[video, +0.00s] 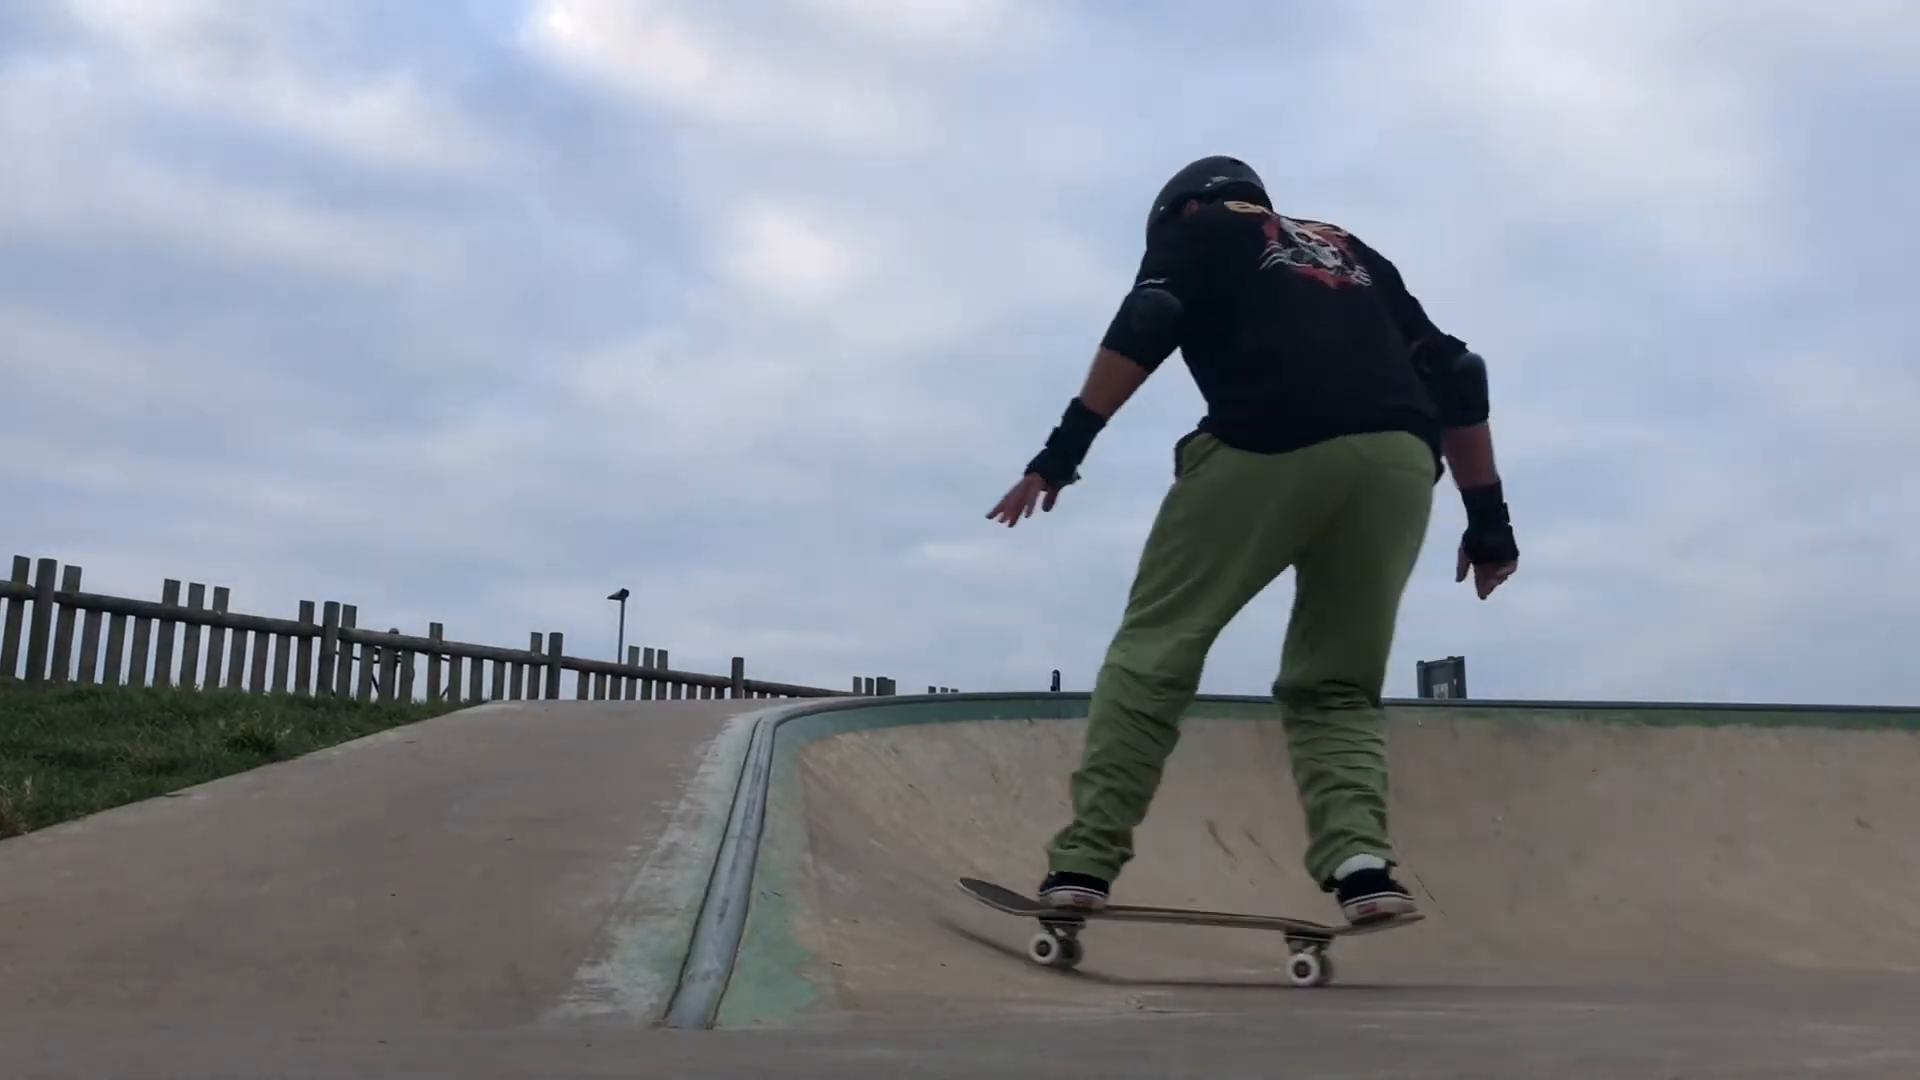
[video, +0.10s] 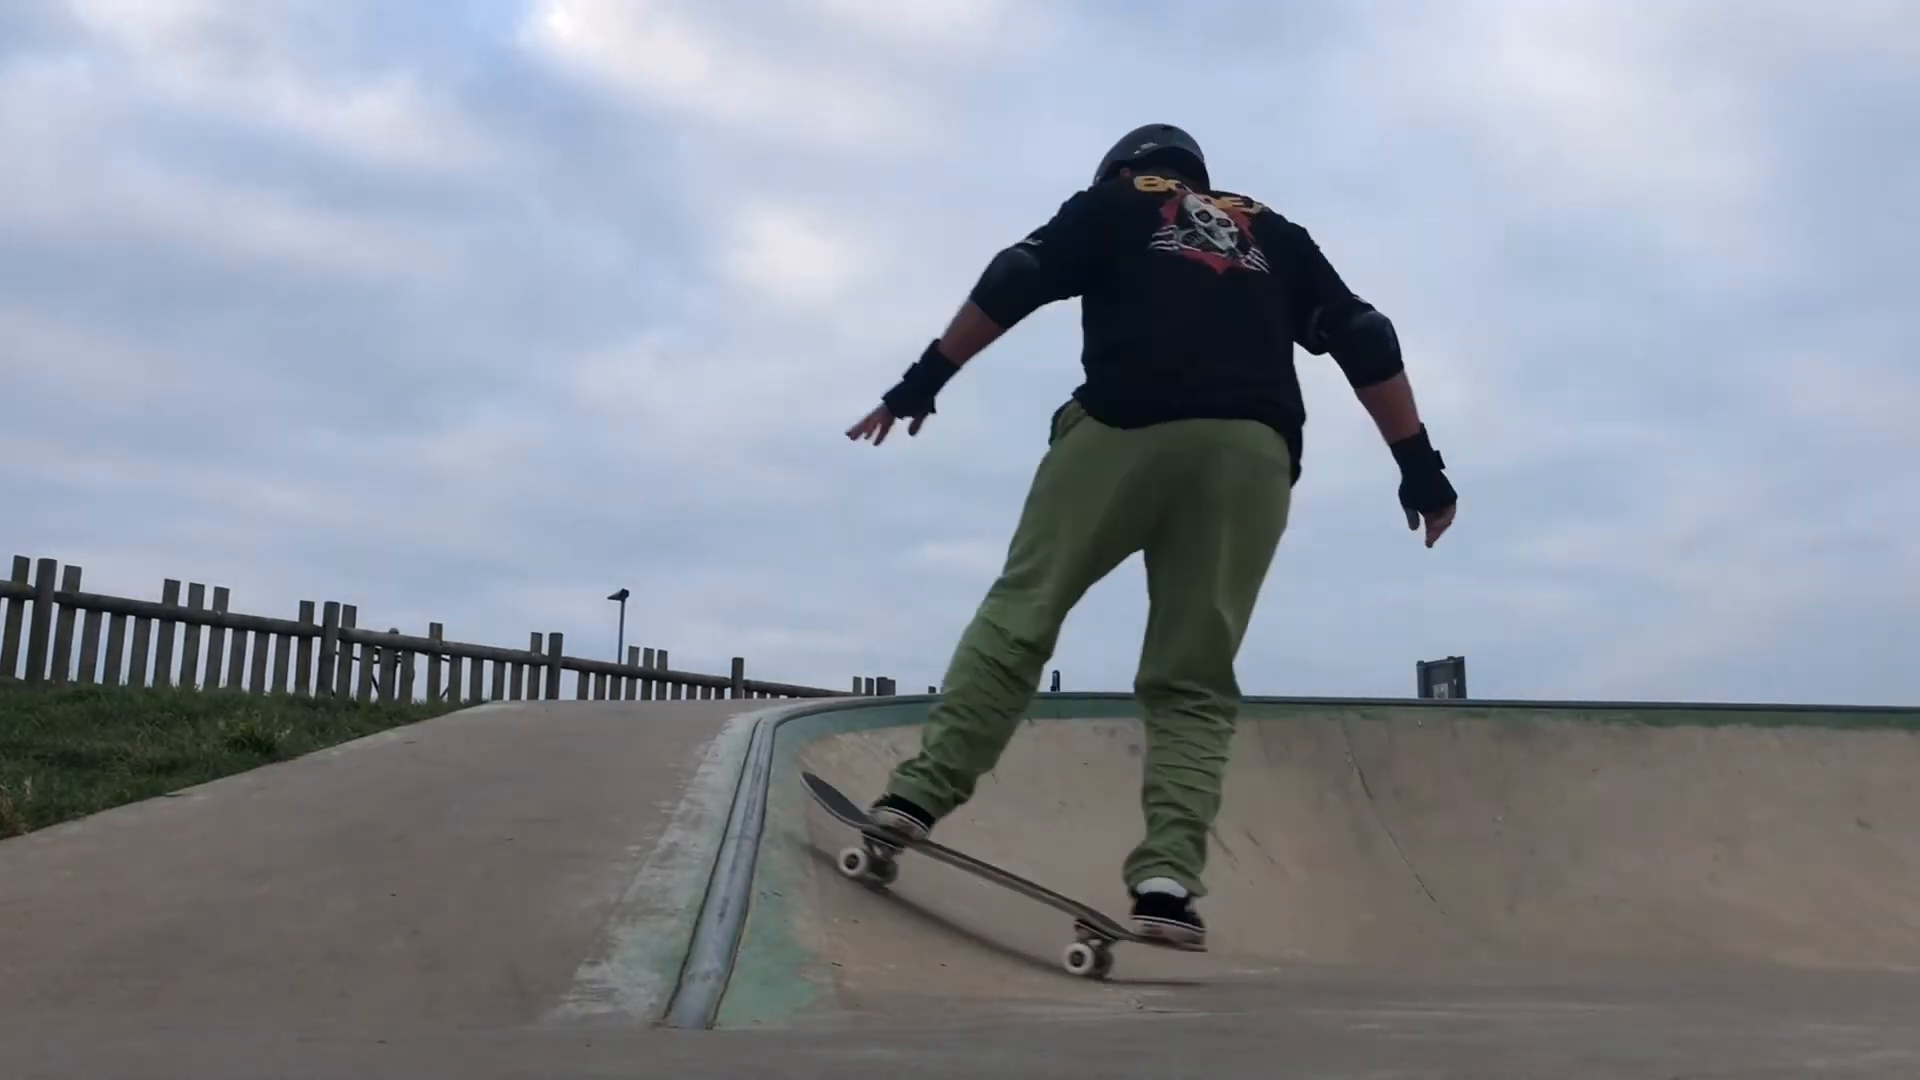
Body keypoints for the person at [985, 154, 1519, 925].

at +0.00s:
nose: (1168, 240)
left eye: (1168, 226)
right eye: (1167, 231)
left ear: (1186, 209)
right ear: (1261, 202)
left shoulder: (1191, 226)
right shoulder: (1349, 248)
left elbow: (1152, 319)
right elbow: (1455, 372)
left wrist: (1066, 445)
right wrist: (1488, 513)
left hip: (1265, 449)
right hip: (1396, 455)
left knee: (1154, 656)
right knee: (1338, 687)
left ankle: (1082, 867)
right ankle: (1360, 863)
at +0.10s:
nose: (1110, 194)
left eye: (1112, 182)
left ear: (1123, 175)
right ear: (1199, 176)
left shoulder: (1107, 206)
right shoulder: (1274, 232)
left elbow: (1015, 277)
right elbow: (1364, 336)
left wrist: (924, 378)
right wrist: (1419, 462)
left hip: (1121, 433)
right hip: (1250, 448)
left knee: (1020, 615)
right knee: (1194, 684)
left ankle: (919, 797)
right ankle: (1167, 883)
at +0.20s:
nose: (1067, 150)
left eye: (1065, 139)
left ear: (1066, 132)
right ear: (1149, 136)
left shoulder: (1037, 160)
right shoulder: (1206, 175)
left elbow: (924, 204)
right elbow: (1292, 258)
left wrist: (835, 266)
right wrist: (1339, 378)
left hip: (1022, 373)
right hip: (1142, 395)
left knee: (928, 555)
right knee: (1079, 630)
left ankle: (787, 693)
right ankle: (991, 816)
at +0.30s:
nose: (1027, 116)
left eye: (1027, 104)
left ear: (1028, 98)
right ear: (1102, 110)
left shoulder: (989, 119)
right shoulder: (1149, 148)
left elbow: (871, 135)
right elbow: (1232, 226)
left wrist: (783, 178)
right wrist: (1270, 351)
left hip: (951, 322)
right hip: (1060, 345)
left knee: (881, 513)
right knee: (986, 580)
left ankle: (738, 644)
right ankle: (877, 760)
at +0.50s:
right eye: (1035, 128)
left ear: (970, 108)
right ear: (1033, 120)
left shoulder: (903, 129)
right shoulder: (1046, 142)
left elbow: (784, 135)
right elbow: (1137, 220)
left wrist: (710, 207)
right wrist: (1182, 322)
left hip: (835, 335)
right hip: (930, 336)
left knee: (827, 551)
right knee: (924, 562)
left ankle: (769, 701)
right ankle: (807, 712)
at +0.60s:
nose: (1040, 143)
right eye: (1033, 133)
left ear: (951, 119)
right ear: (1014, 124)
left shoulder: (879, 156)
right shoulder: (1012, 135)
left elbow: (762, 212)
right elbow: (1099, 171)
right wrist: (1190, 257)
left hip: (819, 338)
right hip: (907, 329)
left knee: (837, 545)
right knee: (927, 555)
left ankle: (771, 701)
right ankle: (810, 711)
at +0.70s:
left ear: (909, 152)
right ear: (989, 131)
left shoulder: (867, 193)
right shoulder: (987, 134)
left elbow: (783, 277)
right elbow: (1062, 128)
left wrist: (808, 363)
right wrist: (1179, 179)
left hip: (809, 336)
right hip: (894, 323)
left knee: (834, 552)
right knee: (922, 547)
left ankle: (775, 713)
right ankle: (810, 709)